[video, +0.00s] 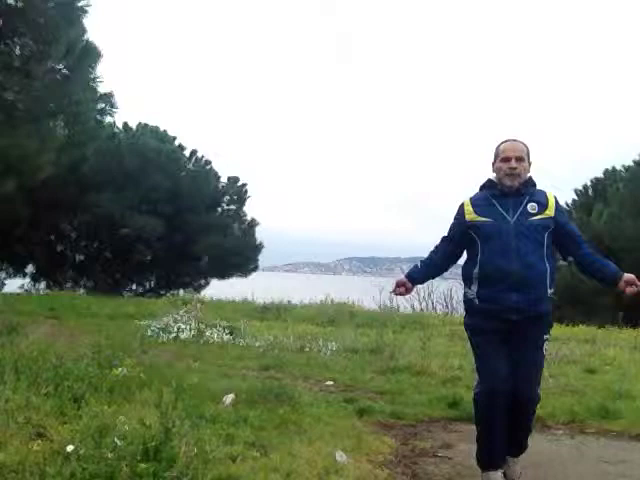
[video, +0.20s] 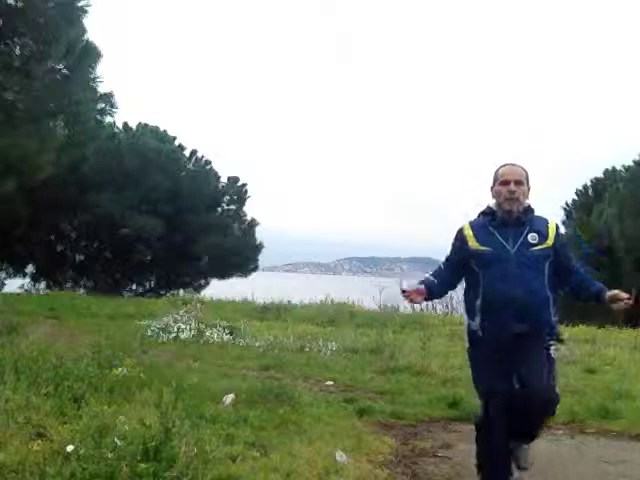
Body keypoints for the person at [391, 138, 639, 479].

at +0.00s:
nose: (512, 164)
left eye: (519, 159)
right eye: (505, 159)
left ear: (529, 166)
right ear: (494, 165)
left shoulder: (548, 205)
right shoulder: (473, 208)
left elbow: (579, 251)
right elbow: (447, 251)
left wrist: (617, 277)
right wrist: (412, 277)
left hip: (532, 316)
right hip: (485, 316)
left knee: (526, 392)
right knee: (494, 386)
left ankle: (512, 457)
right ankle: (491, 467)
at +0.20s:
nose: (511, 189)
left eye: (518, 183)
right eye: (504, 183)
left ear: (528, 191)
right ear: (493, 189)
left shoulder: (549, 232)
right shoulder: (471, 234)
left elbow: (570, 275)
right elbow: (449, 273)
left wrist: (603, 295)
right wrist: (426, 289)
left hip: (534, 336)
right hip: (487, 337)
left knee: (542, 397)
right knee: (496, 407)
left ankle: (519, 440)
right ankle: (494, 473)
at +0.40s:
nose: (524, 162)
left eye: (531, 157)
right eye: (517, 156)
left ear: (542, 165)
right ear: (506, 164)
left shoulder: (557, 207)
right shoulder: (482, 205)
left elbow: (581, 258)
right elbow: (453, 249)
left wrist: (616, 284)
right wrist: (418, 277)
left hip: (542, 319)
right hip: (495, 318)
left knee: (540, 396)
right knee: (500, 393)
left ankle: (536, 471)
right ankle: (499, 466)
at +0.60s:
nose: (533, 181)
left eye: (540, 176)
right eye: (526, 175)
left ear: (550, 184)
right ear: (514, 183)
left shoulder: (568, 228)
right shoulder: (488, 226)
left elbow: (591, 272)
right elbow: (467, 270)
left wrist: (620, 295)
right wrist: (442, 291)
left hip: (546, 338)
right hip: (496, 335)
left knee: (540, 424)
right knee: (491, 389)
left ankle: (534, 475)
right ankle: (504, 442)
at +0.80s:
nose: (529, 159)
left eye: (536, 154)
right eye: (522, 153)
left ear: (547, 161)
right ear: (510, 160)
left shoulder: (565, 205)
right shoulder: (487, 203)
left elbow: (593, 254)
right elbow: (460, 250)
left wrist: (626, 282)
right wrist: (423, 276)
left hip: (548, 320)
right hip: (498, 319)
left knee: (544, 400)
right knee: (503, 399)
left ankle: (522, 452)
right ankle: (500, 470)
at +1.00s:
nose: (530, 166)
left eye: (537, 161)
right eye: (523, 160)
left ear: (548, 169)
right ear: (511, 167)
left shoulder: (568, 215)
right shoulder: (484, 215)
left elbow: (586, 266)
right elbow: (460, 263)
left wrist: (619, 301)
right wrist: (431, 294)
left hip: (550, 334)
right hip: (497, 333)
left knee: (545, 401)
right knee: (502, 420)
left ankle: (538, 465)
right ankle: (502, 475)